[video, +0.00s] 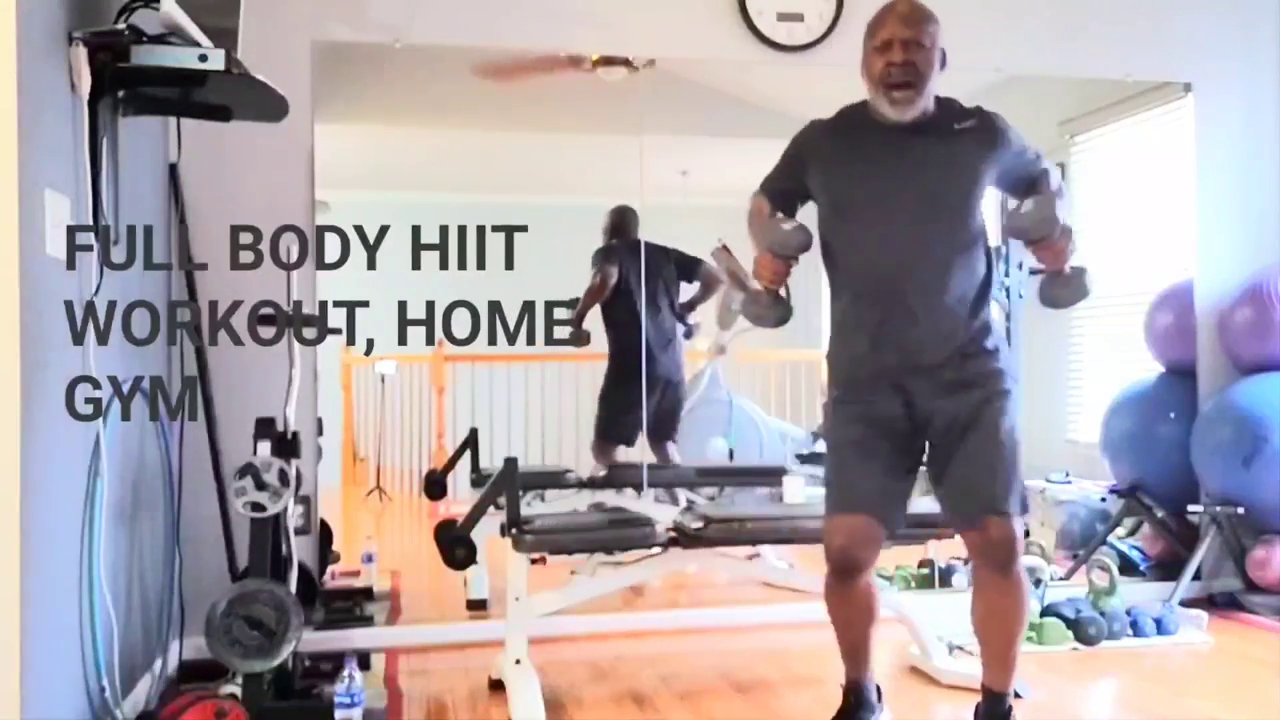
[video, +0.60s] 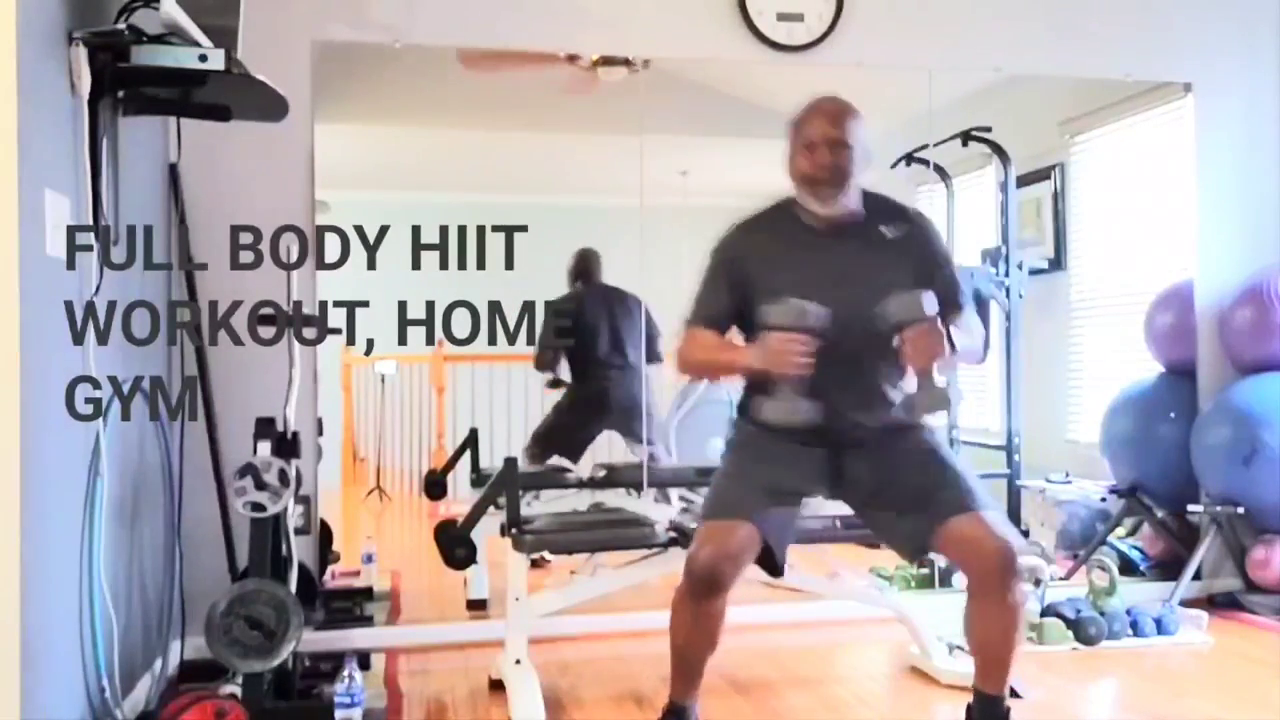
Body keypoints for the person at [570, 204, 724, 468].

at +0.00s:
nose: (604, 231)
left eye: (606, 227)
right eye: (605, 228)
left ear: (610, 229)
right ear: (636, 229)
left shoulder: (609, 252)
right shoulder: (664, 253)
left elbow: (606, 280)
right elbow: (714, 279)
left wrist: (578, 317)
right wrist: (690, 305)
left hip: (631, 367)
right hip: (671, 368)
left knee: (604, 448)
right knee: (662, 440)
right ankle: (683, 504)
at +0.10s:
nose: (607, 230)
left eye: (608, 226)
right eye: (608, 226)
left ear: (613, 226)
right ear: (640, 225)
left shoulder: (611, 252)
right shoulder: (669, 252)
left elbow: (602, 287)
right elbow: (717, 283)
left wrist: (581, 319)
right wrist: (685, 305)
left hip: (629, 362)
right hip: (671, 364)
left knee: (592, 439)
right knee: (668, 443)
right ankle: (685, 506)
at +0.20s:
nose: (608, 225)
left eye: (610, 220)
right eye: (611, 220)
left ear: (614, 221)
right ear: (641, 221)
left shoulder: (608, 251)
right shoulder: (673, 250)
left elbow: (597, 296)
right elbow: (707, 295)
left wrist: (584, 321)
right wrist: (675, 308)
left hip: (623, 359)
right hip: (665, 360)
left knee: (581, 431)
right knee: (666, 435)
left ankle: (584, 496)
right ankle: (681, 499)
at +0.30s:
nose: (605, 236)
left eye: (607, 232)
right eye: (607, 231)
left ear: (612, 232)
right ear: (639, 231)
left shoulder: (602, 264)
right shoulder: (671, 263)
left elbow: (584, 318)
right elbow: (689, 315)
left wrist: (589, 340)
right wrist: (658, 319)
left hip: (617, 365)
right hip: (661, 365)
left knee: (573, 440)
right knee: (669, 444)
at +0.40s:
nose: (602, 258)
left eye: (602, 254)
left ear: (603, 256)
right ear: (630, 256)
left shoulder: (595, 289)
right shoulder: (660, 289)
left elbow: (579, 345)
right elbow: (674, 347)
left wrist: (586, 358)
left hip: (613, 384)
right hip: (656, 383)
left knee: (557, 452)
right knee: (669, 451)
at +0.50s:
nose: (589, 274)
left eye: (590, 271)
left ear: (590, 275)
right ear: (616, 274)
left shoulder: (582, 307)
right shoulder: (648, 306)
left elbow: (562, 365)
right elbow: (662, 364)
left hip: (602, 397)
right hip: (648, 399)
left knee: (540, 454)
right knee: (666, 462)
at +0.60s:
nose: (570, 273)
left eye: (571, 270)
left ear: (573, 273)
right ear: (599, 272)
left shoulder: (563, 307)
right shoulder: (632, 303)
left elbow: (544, 362)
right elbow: (654, 355)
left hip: (588, 398)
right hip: (633, 397)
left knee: (535, 454)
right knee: (656, 459)